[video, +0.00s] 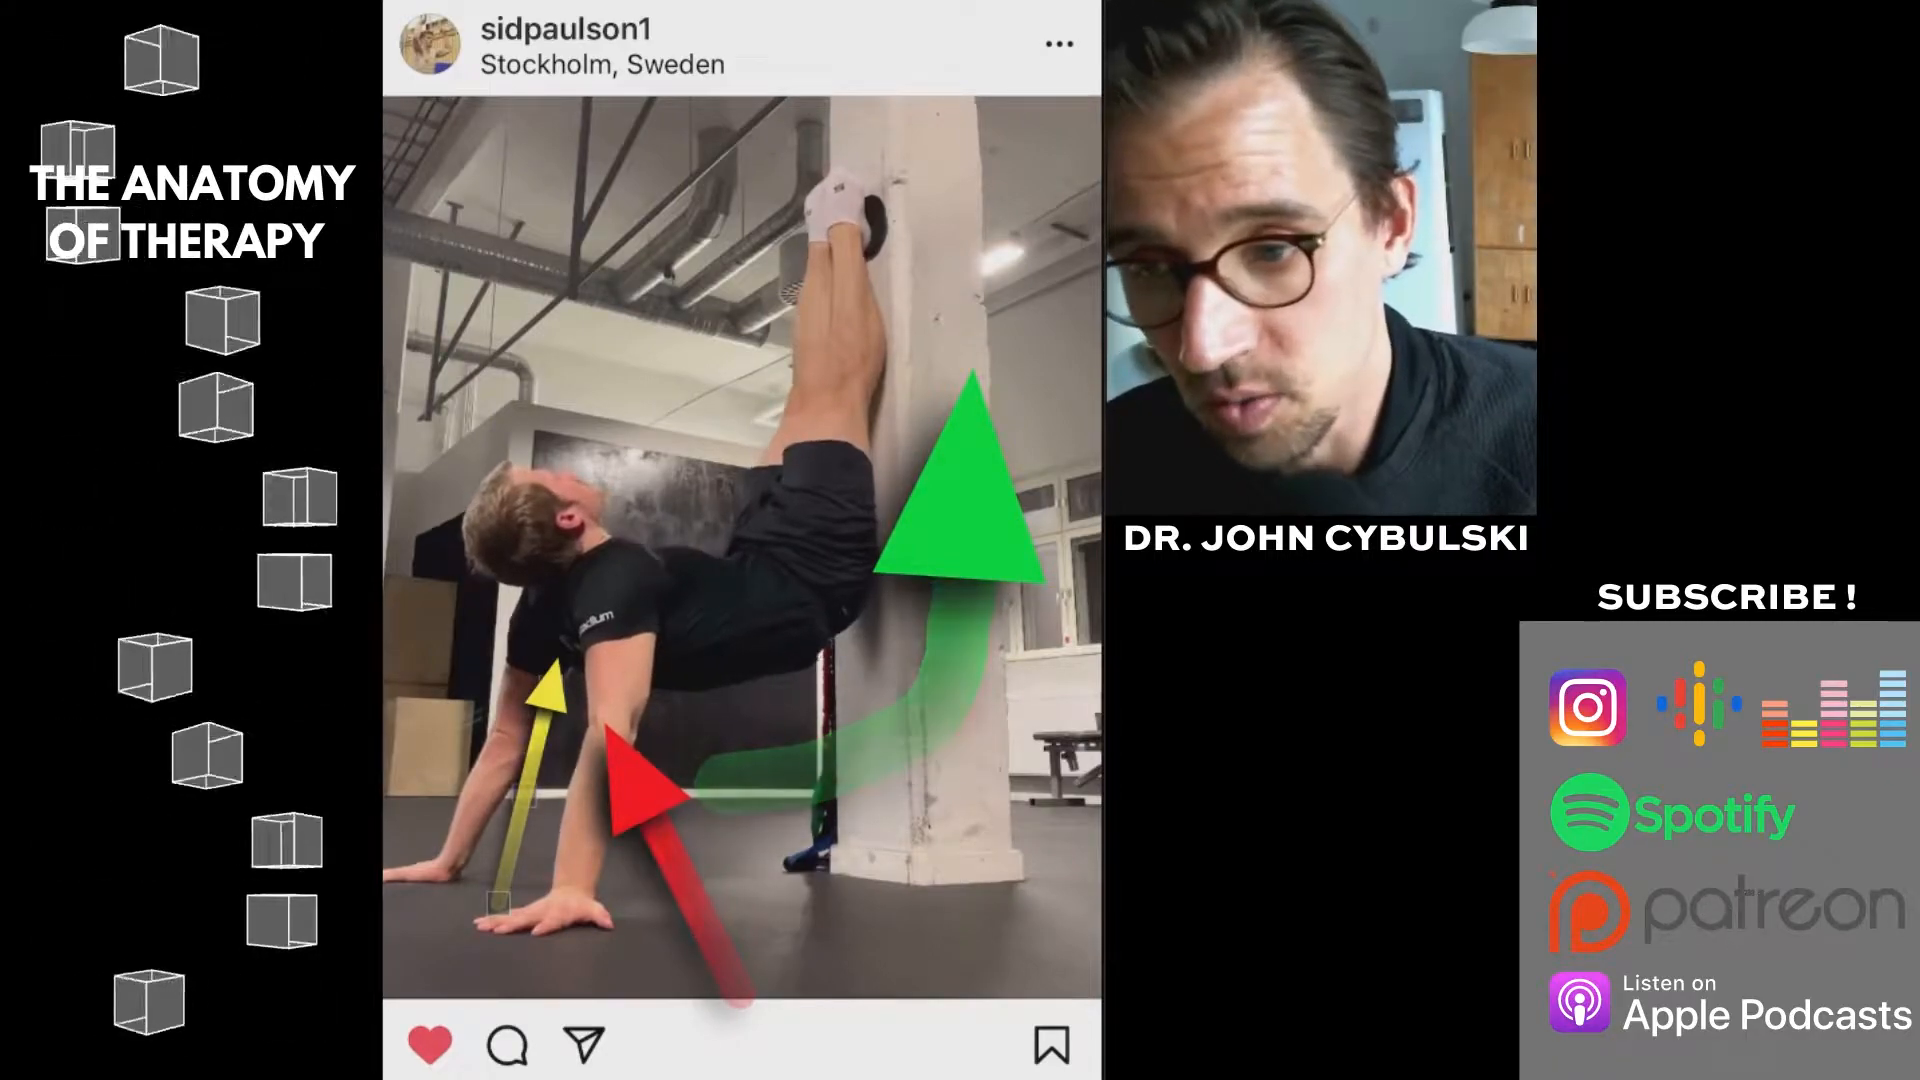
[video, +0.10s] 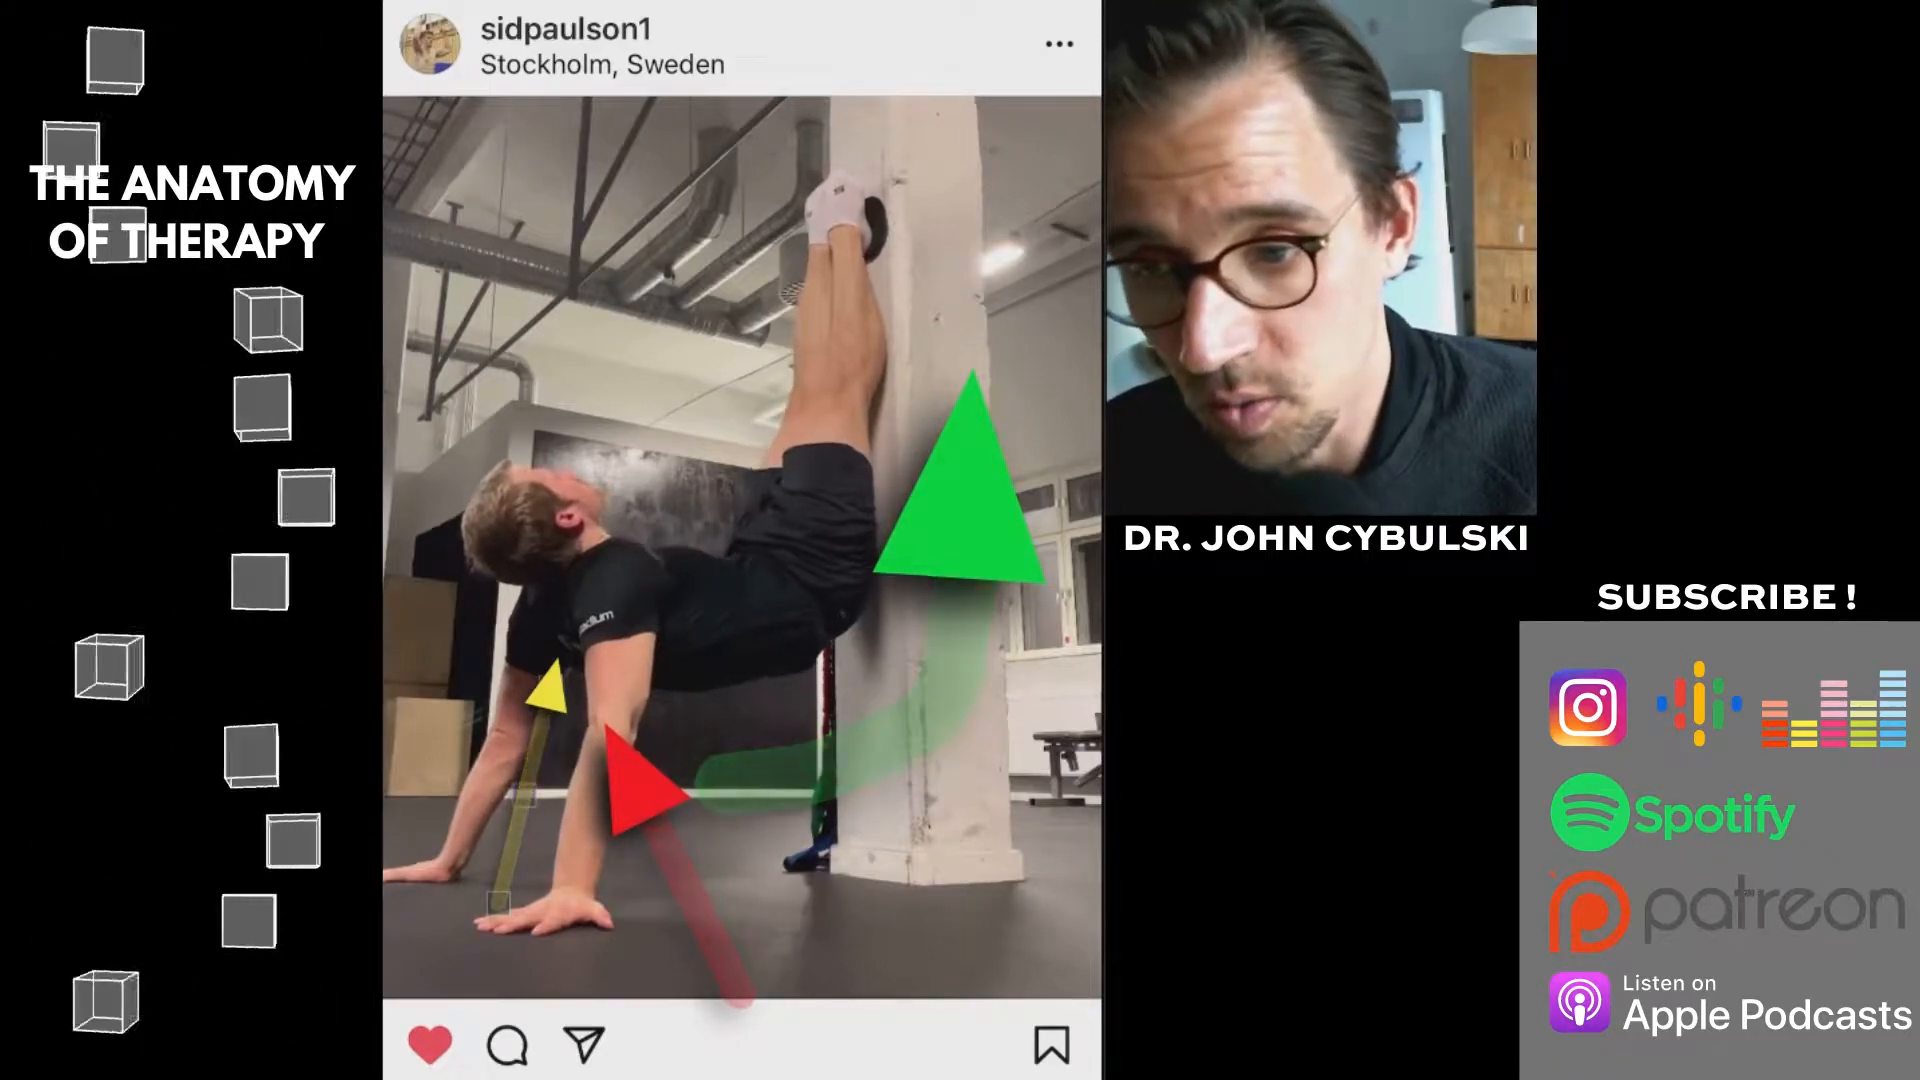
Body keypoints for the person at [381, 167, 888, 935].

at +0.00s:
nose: (567, 474)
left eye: (548, 469)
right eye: (555, 478)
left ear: (546, 544)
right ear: (567, 519)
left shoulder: (541, 603)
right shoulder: (614, 579)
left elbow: (505, 742)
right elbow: (608, 734)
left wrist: (448, 859)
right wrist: (573, 887)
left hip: (763, 579)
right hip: (809, 580)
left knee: (813, 392)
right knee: (838, 385)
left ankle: (828, 239)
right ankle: (843, 231)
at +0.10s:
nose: (567, 472)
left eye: (547, 467)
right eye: (554, 477)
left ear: (547, 542)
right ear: (567, 519)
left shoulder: (540, 604)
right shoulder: (614, 579)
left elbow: (504, 743)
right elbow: (607, 734)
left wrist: (448, 859)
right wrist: (573, 886)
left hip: (764, 578)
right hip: (810, 581)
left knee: (814, 393)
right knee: (839, 387)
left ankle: (830, 243)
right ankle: (844, 230)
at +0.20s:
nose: (565, 469)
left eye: (545, 467)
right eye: (553, 476)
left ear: (547, 540)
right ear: (567, 517)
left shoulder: (537, 606)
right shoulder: (615, 580)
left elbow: (503, 744)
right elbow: (607, 734)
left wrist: (448, 859)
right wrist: (573, 886)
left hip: (762, 583)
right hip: (810, 587)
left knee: (814, 394)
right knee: (841, 389)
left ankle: (831, 245)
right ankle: (843, 232)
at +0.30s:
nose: (565, 469)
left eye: (545, 467)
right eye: (553, 476)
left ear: (547, 540)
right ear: (567, 517)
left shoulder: (537, 606)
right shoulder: (615, 580)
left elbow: (503, 744)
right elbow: (607, 734)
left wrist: (448, 859)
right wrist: (573, 886)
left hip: (762, 583)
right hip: (810, 587)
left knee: (814, 394)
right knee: (841, 388)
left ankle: (831, 245)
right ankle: (843, 232)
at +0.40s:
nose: (568, 468)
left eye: (548, 467)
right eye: (556, 476)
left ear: (547, 540)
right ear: (568, 517)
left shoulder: (535, 606)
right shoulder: (615, 579)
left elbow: (503, 743)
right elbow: (606, 733)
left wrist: (448, 859)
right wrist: (573, 886)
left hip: (761, 589)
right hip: (809, 593)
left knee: (813, 398)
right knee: (843, 393)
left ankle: (830, 252)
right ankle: (845, 239)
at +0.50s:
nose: (566, 467)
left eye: (547, 467)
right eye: (554, 475)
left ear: (536, 544)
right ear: (568, 516)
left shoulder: (534, 606)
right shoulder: (616, 580)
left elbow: (503, 744)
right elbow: (606, 733)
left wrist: (448, 859)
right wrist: (573, 886)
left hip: (760, 589)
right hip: (808, 594)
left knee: (813, 398)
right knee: (843, 393)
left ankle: (830, 253)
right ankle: (845, 237)